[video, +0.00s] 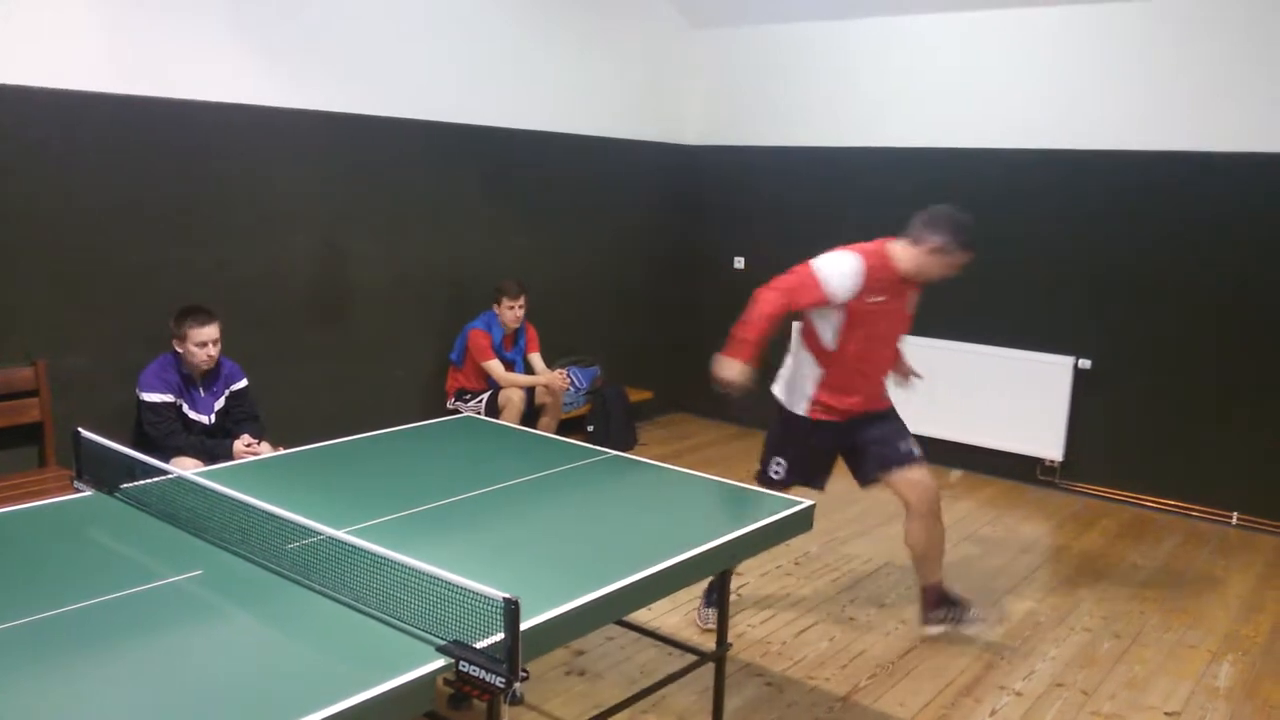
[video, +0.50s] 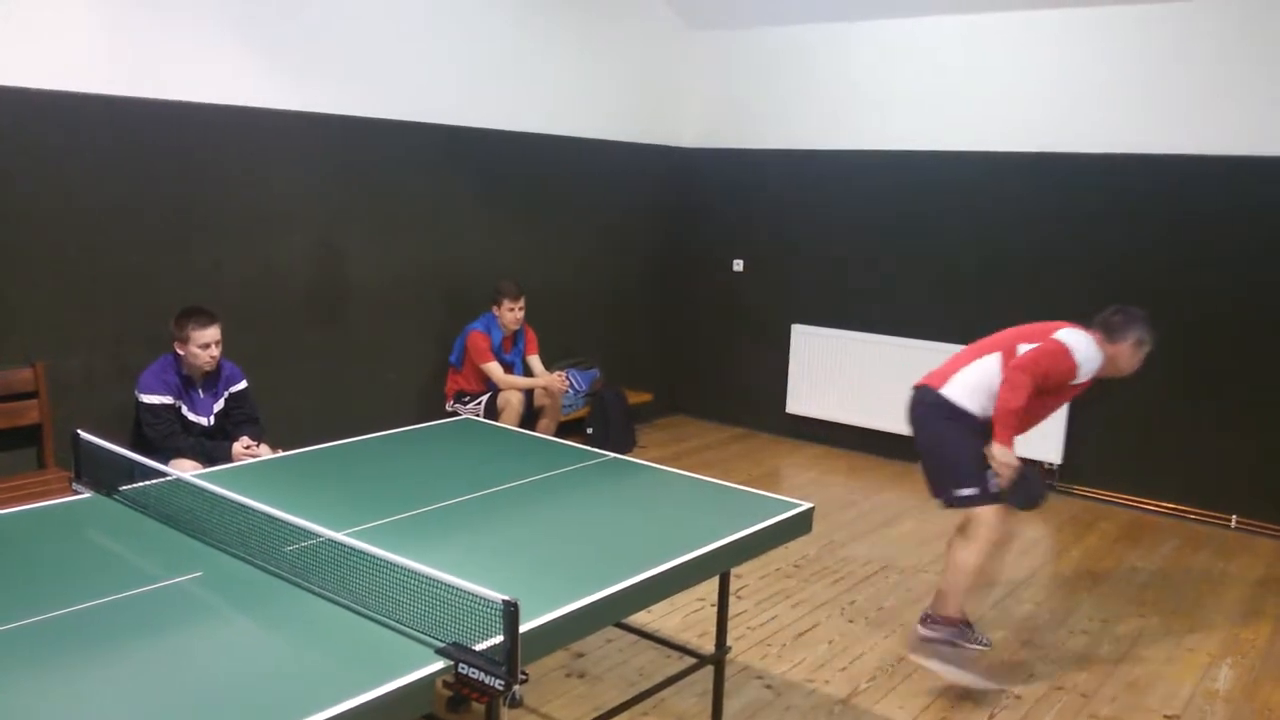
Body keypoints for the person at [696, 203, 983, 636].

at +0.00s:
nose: (947, 277)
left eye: (954, 270)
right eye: (949, 267)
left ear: (930, 246)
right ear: (928, 247)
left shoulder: (908, 277)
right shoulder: (851, 267)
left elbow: (878, 322)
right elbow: (775, 293)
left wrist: (896, 359)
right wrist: (739, 354)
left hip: (868, 407)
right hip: (808, 408)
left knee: (922, 492)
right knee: (765, 503)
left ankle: (935, 601)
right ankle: (719, 584)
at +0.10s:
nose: (995, 289)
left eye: (1001, 282)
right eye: (997, 278)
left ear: (977, 264)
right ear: (974, 261)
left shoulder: (946, 303)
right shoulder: (909, 278)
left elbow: (914, 350)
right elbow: (836, 305)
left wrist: (940, 390)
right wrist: (844, 371)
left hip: (886, 424)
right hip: (831, 417)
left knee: (940, 509)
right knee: (786, 511)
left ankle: (935, 614)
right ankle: (718, 581)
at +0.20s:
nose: (1037, 327)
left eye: (1043, 321)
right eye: (1039, 316)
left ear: (1020, 304)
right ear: (1020, 299)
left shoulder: (985, 338)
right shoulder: (963, 307)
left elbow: (979, 391)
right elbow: (912, 339)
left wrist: (1013, 445)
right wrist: (929, 406)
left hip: (899, 434)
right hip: (858, 422)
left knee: (949, 506)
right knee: (821, 527)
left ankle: (936, 615)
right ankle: (720, 574)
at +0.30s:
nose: (1074, 362)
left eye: (1079, 354)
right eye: (1076, 350)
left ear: (1055, 339)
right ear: (1055, 336)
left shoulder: (1018, 359)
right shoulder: (1012, 339)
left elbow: (1015, 418)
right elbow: (983, 378)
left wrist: (1038, 475)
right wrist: (1010, 445)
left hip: (917, 436)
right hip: (887, 423)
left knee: (960, 508)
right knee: (862, 531)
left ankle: (939, 616)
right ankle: (755, 585)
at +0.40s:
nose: (1112, 375)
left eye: (1116, 367)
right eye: (1114, 363)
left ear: (1088, 346)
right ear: (1096, 350)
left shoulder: (1052, 369)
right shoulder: (1055, 353)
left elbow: (1013, 436)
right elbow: (1010, 381)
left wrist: (1005, 501)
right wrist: (1027, 454)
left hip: (942, 427)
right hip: (914, 413)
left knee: (976, 510)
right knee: (925, 524)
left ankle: (942, 614)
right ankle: (837, 602)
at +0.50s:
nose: (1138, 365)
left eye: (1143, 356)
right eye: (1140, 353)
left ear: (1113, 337)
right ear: (1122, 342)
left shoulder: (1082, 353)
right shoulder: (1082, 348)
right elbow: (1020, 371)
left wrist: (1003, 446)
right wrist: (1003, 441)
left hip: (961, 410)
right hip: (947, 407)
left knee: (983, 520)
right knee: (989, 521)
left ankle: (944, 615)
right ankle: (942, 621)